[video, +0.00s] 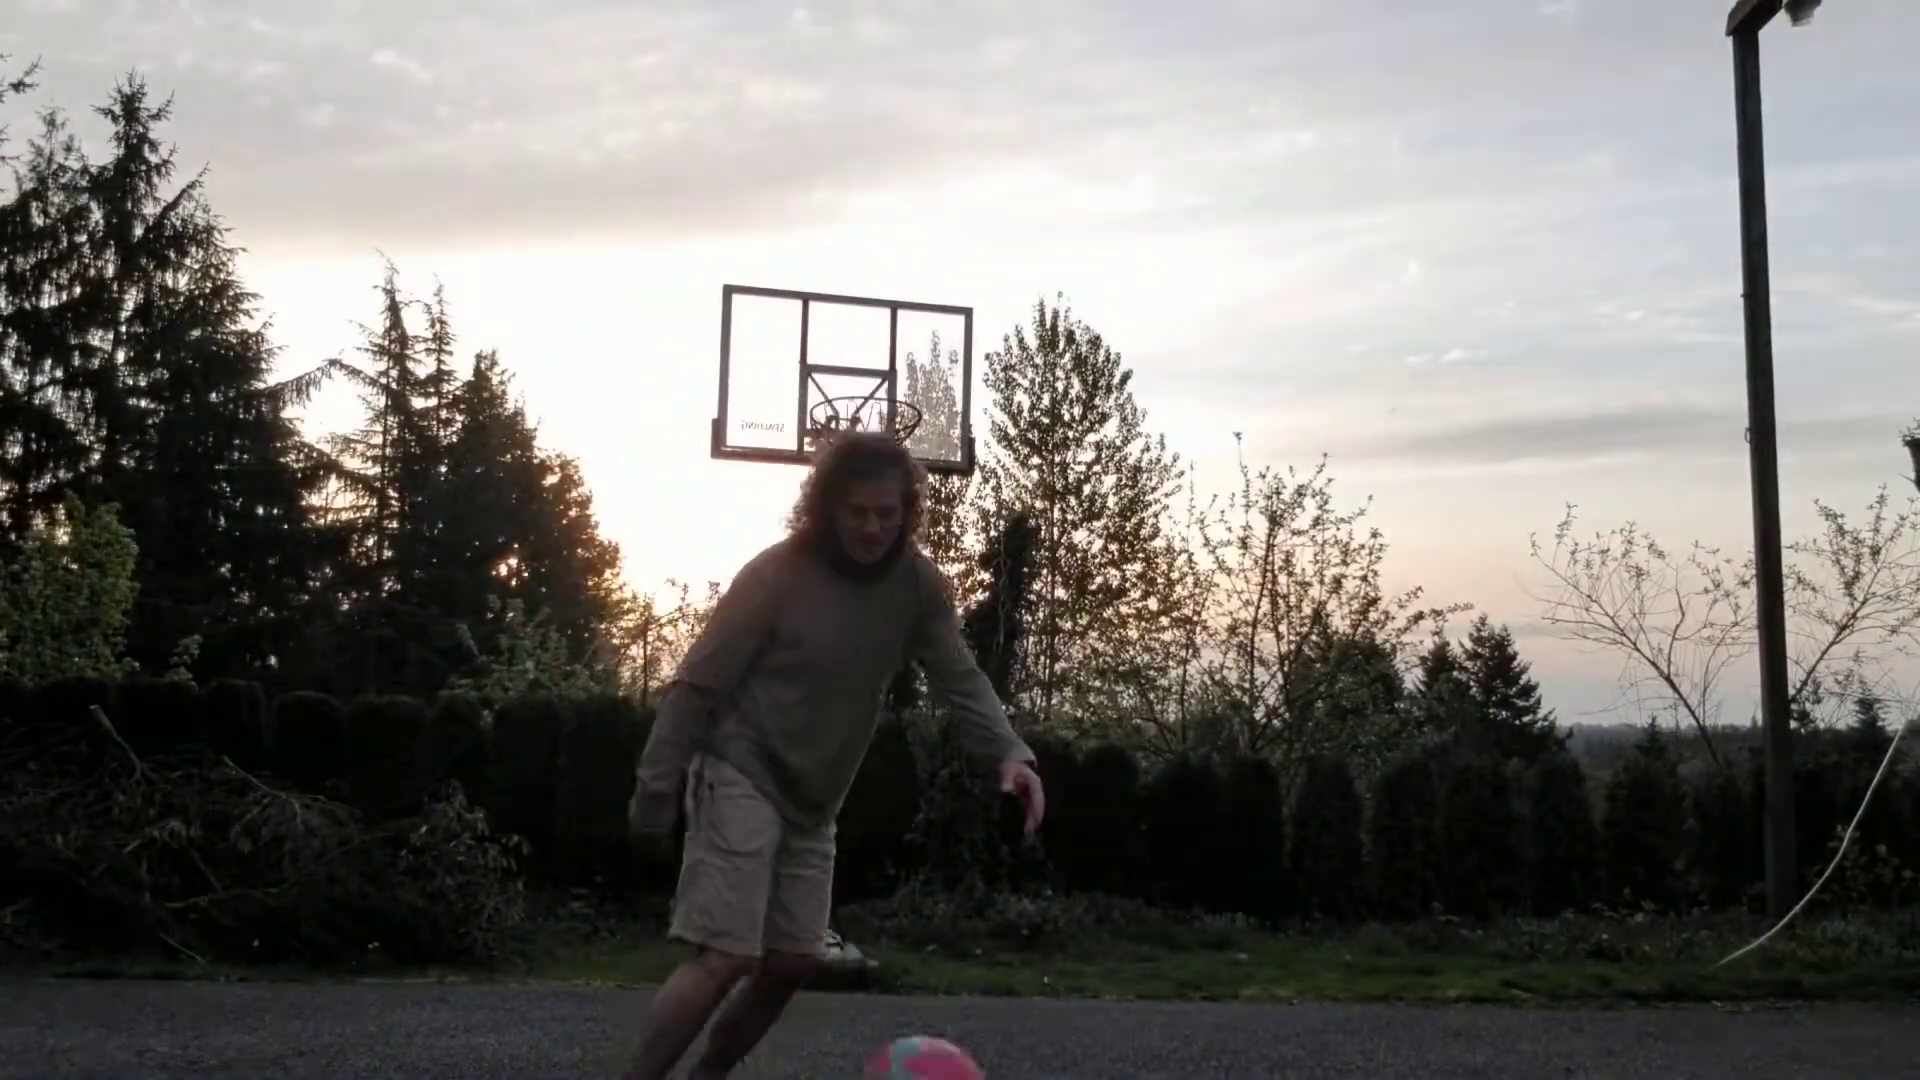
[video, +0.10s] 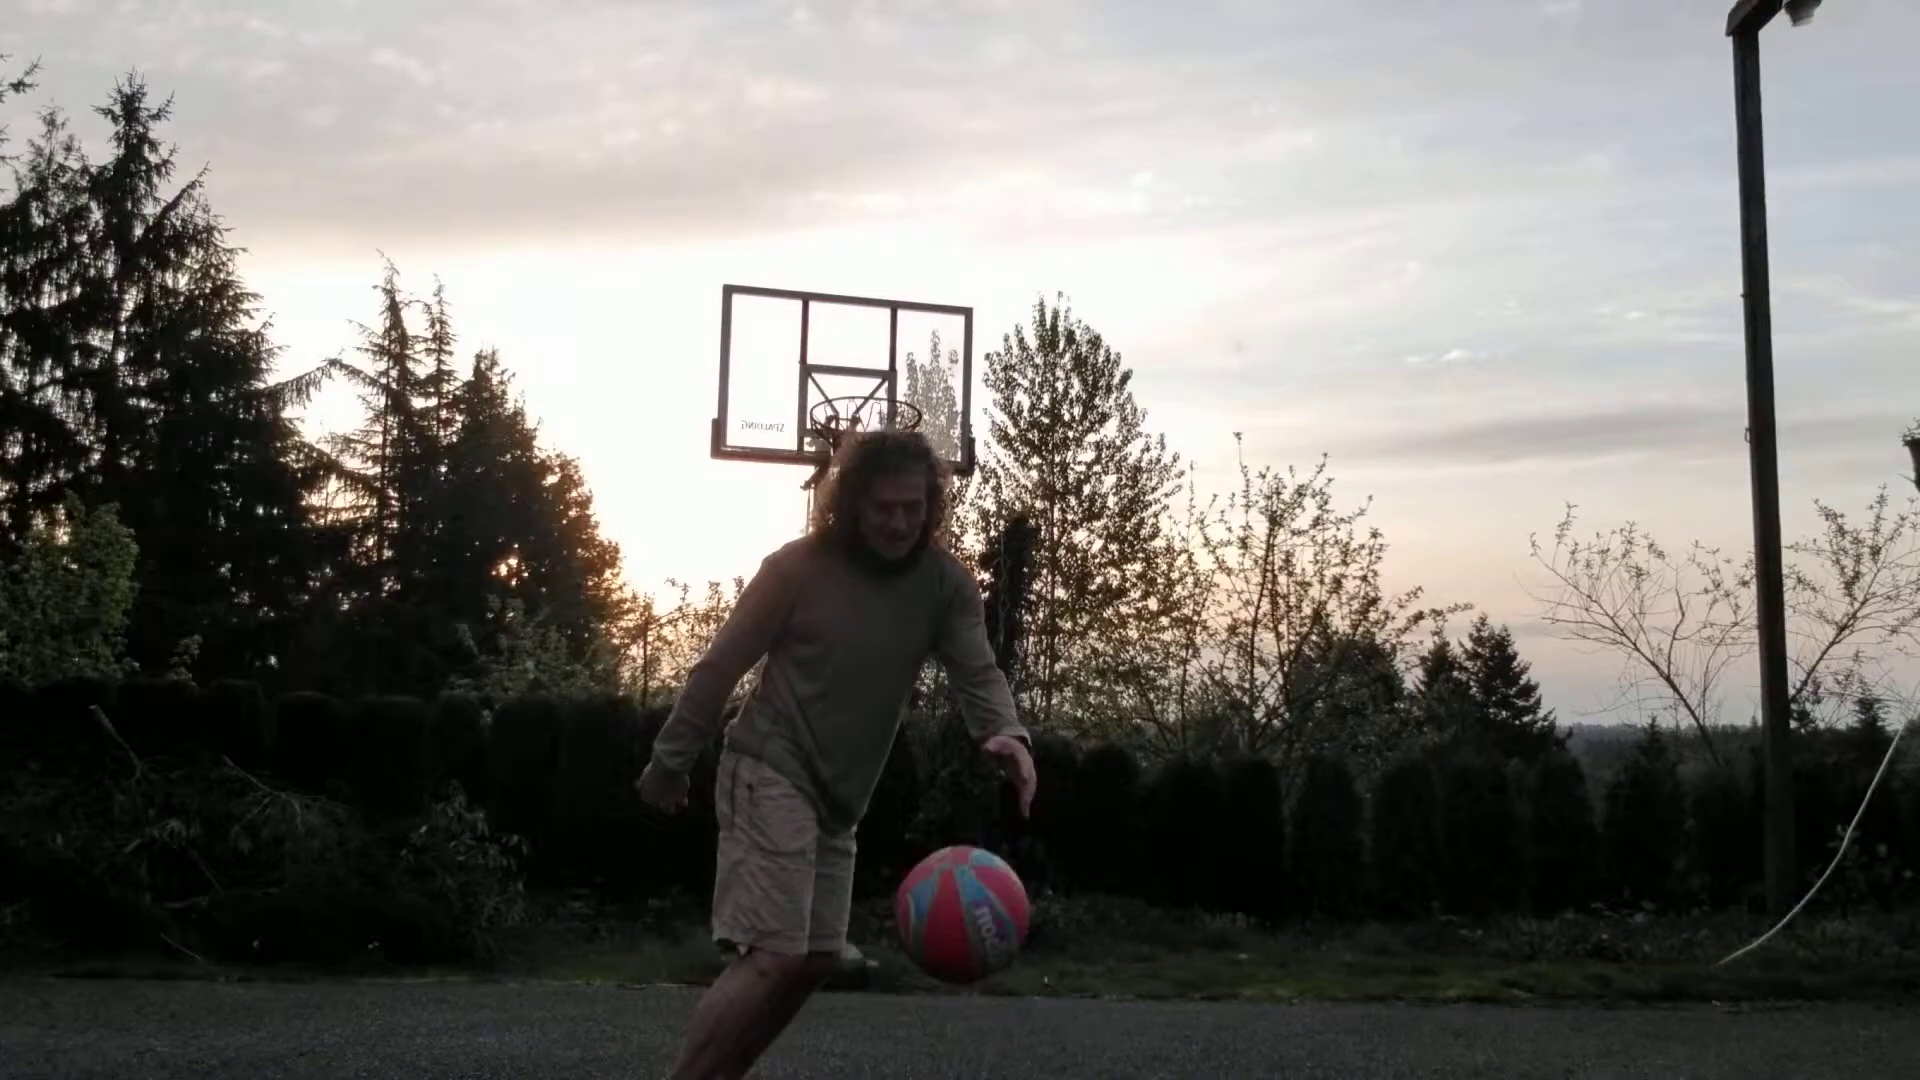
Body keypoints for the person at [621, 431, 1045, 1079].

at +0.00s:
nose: (872, 527)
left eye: (887, 513)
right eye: (857, 512)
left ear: (907, 513)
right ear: (827, 507)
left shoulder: (918, 589)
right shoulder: (778, 575)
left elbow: (963, 680)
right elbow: (696, 682)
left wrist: (1009, 755)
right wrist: (655, 793)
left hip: (814, 801)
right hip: (738, 778)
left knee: (788, 965)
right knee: (725, 956)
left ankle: (706, 1074)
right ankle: (641, 1074)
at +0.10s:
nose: (899, 522)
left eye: (912, 507)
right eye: (883, 506)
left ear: (930, 507)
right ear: (853, 503)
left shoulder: (946, 586)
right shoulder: (798, 570)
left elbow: (979, 675)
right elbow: (717, 668)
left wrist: (1003, 733)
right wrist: (669, 762)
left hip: (841, 795)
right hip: (770, 771)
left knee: (814, 963)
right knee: (776, 954)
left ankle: (718, 1073)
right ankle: (686, 1074)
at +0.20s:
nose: (934, 518)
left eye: (949, 503)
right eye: (917, 502)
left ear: (968, 505)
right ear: (887, 499)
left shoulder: (985, 581)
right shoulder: (834, 565)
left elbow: (1004, 672)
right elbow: (749, 653)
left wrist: (1016, 710)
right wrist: (689, 737)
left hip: (877, 787)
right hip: (806, 767)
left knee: (850, 960)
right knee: (831, 954)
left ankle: (746, 1068)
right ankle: (735, 1073)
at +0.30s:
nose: (984, 516)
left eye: (998, 501)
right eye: (968, 500)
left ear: (1015, 504)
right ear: (937, 498)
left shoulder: (1030, 583)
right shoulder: (879, 565)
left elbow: (1045, 686)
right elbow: (787, 643)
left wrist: (1042, 732)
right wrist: (704, 708)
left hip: (923, 778)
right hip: (850, 761)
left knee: (909, 955)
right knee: (878, 951)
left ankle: (827, 1071)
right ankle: (809, 1075)